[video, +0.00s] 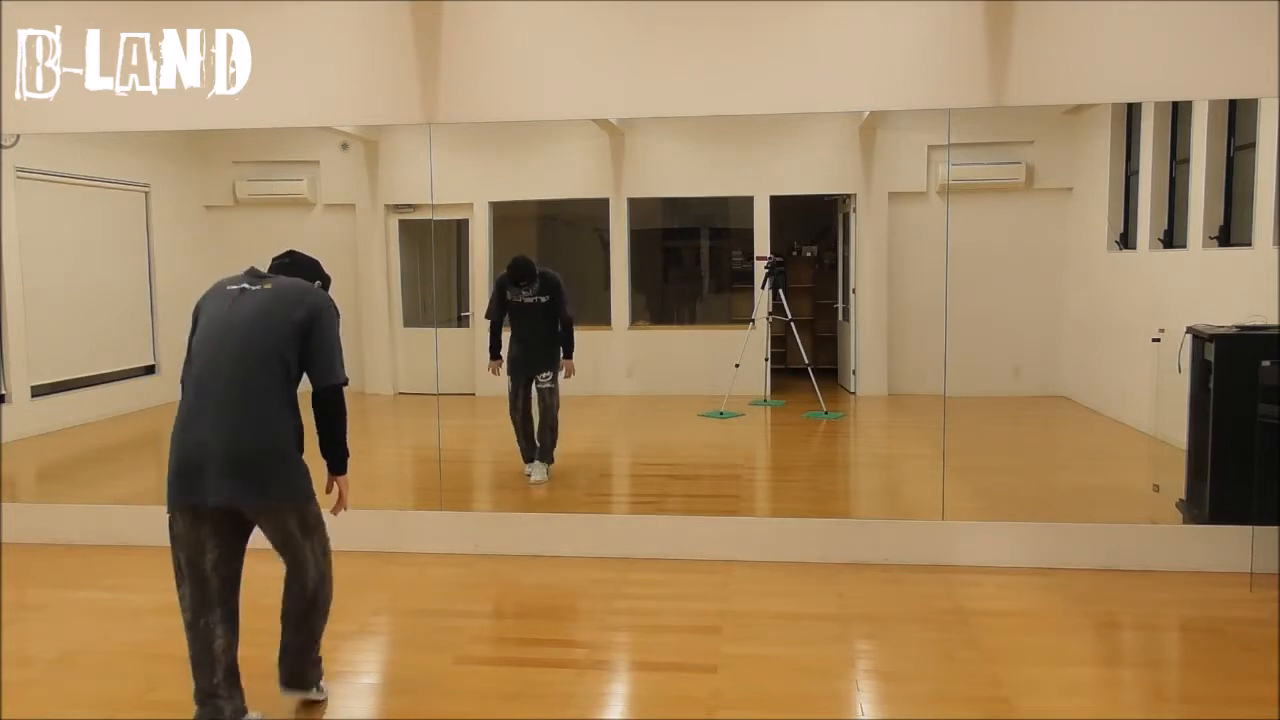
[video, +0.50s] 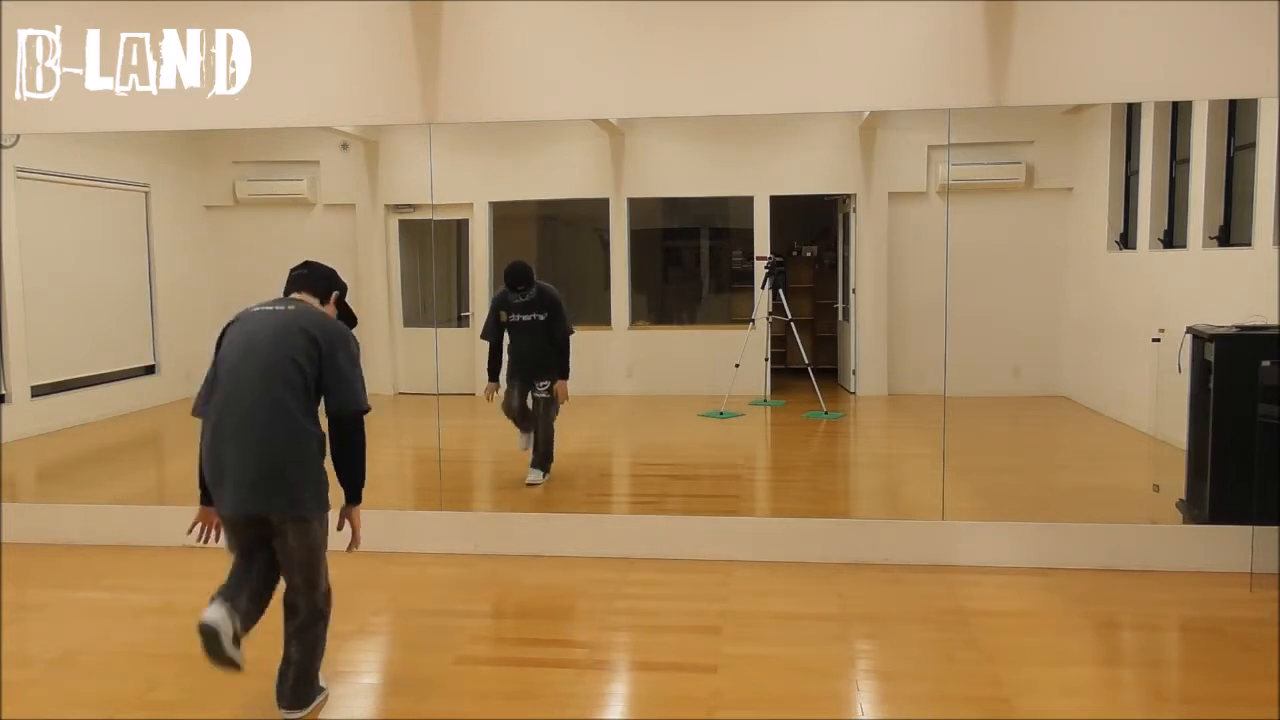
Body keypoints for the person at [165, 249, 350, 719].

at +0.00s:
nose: (322, 301)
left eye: (324, 297)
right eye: (323, 296)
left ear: (274, 274)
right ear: (315, 285)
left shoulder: (214, 296)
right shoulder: (314, 301)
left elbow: (192, 378)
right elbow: (329, 390)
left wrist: (215, 442)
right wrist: (337, 465)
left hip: (193, 461)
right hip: (264, 459)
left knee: (206, 595)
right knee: (309, 563)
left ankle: (217, 708)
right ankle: (300, 675)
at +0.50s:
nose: (335, 318)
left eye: (337, 312)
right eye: (338, 311)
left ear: (289, 293)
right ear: (330, 300)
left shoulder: (239, 323)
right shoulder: (329, 331)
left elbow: (210, 414)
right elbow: (347, 416)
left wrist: (208, 495)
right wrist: (352, 497)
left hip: (228, 466)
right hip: (291, 468)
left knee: (256, 552)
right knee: (307, 587)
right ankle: (297, 692)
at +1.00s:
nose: (342, 306)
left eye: (342, 302)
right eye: (344, 301)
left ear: (292, 283)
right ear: (334, 293)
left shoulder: (245, 313)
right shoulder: (337, 323)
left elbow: (230, 399)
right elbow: (352, 408)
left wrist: (227, 480)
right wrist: (359, 481)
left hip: (236, 462)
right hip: (296, 463)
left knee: (265, 553)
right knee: (306, 573)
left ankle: (270, 644)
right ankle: (284, 688)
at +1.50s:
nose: (340, 294)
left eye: (340, 289)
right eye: (340, 287)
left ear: (288, 269)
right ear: (329, 279)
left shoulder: (237, 292)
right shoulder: (336, 305)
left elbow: (220, 372)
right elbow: (357, 385)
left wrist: (243, 423)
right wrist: (377, 444)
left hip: (225, 452)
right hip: (289, 456)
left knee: (233, 570)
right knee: (298, 573)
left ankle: (242, 677)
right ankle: (283, 688)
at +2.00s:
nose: (355, 262)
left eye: (353, 257)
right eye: (355, 256)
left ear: (300, 253)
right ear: (348, 255)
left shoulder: (260, 295)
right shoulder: (367, 286)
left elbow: (199, 333)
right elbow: (444, 316)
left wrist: (174, 353)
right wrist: (511, 336)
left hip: (284, 465)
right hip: (355, 463)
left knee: (271, 558)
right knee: (391, 576)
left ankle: (266, 665)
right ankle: (422, 698)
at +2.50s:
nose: (375, 266)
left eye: (374, 260)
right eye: (375, 259)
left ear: (321, 252)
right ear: (366, 255)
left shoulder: (278, 290)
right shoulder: (372, 289)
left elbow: (274, 355)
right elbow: (387, 366)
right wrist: (329, 367)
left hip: (275, 472)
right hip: (341, 468)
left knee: (298, 594)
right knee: (368, 564)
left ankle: (319, 710)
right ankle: (340, 665)